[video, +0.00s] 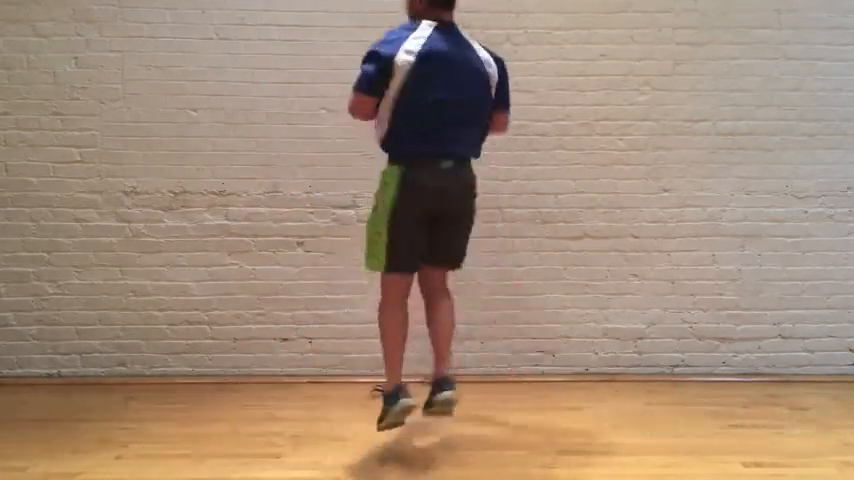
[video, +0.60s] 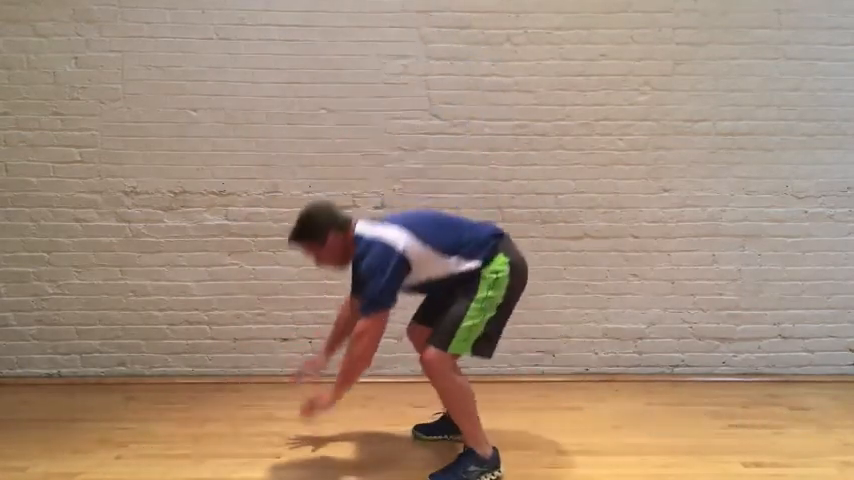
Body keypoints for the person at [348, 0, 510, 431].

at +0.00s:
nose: (407, 9)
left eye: (408, 5)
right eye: (411, 5)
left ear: (415, 6)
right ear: (452, 8)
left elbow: (361, 107)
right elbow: (498, 123)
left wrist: (401, 99)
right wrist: (453, 112)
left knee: (394, 291)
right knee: (437, 284)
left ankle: (393, 391)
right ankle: (443, 381)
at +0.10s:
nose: (392, 12)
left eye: (396, 5)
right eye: (394, 5)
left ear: (413, 10)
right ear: (435, 13)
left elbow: (382, 130)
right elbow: (479, 119)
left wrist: (362, 120)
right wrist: (430, 118)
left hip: (425, 188)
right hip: (458, 185)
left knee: (400, 296)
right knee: (430, 285)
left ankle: (422, 407)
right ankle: (451, 378)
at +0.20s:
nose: (384, 53)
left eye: (390, 45)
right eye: (385, 44)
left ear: (416, 51)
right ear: (416, 52)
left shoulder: (438, 103)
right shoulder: (421, 97)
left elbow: (423, 169)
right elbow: (415, 157)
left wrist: (370, 176)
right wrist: (377, 160)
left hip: (442, 225)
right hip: (424, 222)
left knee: (424, 333)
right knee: (417, 326)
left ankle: (466, 439)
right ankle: (445, 405)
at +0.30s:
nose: (365, 101)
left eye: (371, 93)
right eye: (366, 92)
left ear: (399, 97)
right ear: (394, 96)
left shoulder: (434, 151)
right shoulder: (401, 144)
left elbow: (431, 221)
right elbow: (391, 188)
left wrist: (368, 237)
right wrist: (346, 204)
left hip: (464, 261)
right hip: (433, 257)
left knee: (425, 356)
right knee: (405, 346)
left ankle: (479, 453)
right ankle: (457, 413)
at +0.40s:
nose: (336, 150)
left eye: (340, 139)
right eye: (334, 141)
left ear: (367, 134)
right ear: (365, 135)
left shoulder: (414, 177)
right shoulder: (382, 176)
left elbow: (418, 255)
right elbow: (364, 226)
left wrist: (362, 290)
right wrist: (324, 259)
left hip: (482, 261)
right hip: (450, 260)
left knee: (429, 352)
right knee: (410, 341)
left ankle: (481, 451)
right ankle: (456, 413)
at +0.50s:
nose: (320, 209)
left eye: (321, 199)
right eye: (316, 201)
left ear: (343, 185)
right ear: (343, 186)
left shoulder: (393, 210)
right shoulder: (370, 209)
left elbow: (391, 291)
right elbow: (357, 267)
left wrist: (347, 341)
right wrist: (320, 306)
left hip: (492, 258)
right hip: (462, 261)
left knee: (441, 351)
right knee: (419, 332)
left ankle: (482, 454)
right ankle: (458, 414)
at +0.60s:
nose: (316, 261)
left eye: (316, 252)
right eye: (312, 254)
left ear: (334, 237)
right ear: (335, 234)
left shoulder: (379, 251)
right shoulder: (364, 241)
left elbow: (370, 331)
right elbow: (354, 308)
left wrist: (335, 393)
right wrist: (324, 356)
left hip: (495, 265)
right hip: (470, 264)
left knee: (437, 358)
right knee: (420, 333)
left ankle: (483, 455)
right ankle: (457, 418)